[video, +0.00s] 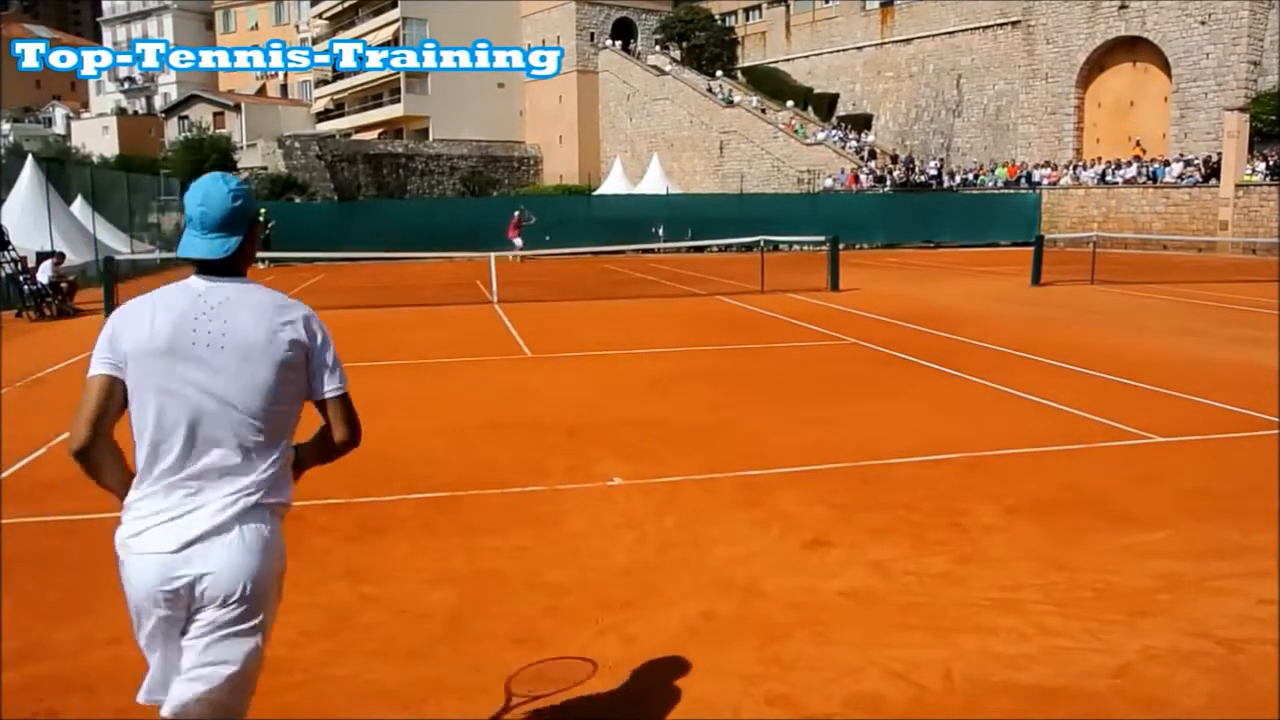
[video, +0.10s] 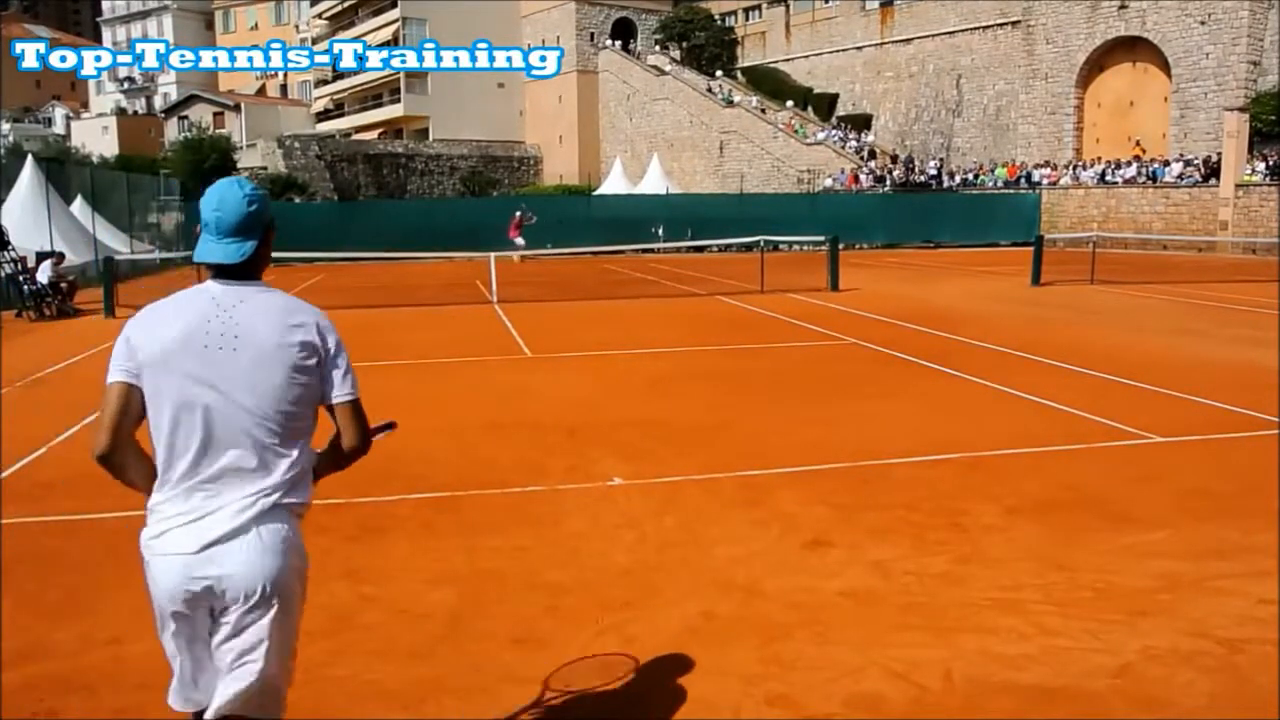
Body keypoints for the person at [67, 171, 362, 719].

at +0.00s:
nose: (256, 239)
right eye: (254, 232)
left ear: (187, 235)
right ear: (252, 239)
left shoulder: (132, 318)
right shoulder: (293, 319)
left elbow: (85, 440)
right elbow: (344, 432)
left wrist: (139, 495)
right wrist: (291, 459)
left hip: (148, 547)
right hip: (242, 548)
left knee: (175, 704)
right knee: (201, 710)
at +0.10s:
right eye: (263, 238)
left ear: (201, 240)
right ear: (267, 245)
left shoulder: (148, 325)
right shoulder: (306, 323)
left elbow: (109, 446)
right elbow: (354, 441)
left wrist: (169, 491)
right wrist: (304, 469)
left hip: (171, 553)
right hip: (262, 553)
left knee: (195, 705)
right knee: (244, 711)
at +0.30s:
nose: (281, 253)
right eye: (283, 246)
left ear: (218, 248)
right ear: (282, 252)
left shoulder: (168, 332)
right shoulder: (318, 328)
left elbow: (133, 452)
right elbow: (364, 449)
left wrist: (197, 490)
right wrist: (309, 478)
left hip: (192, 560)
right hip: (281, 557)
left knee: (225, 709)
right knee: (291, 709)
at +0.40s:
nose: (296, 256)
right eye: (298, 250)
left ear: (236, 255)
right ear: (299, 258)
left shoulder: (189, 337)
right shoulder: (332, 335)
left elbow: (158, 457)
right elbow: (374, 457)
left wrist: (218, 492)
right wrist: (329, 481)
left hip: (212, 563)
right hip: (301, 563)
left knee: (242, 710)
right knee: (334, 700)